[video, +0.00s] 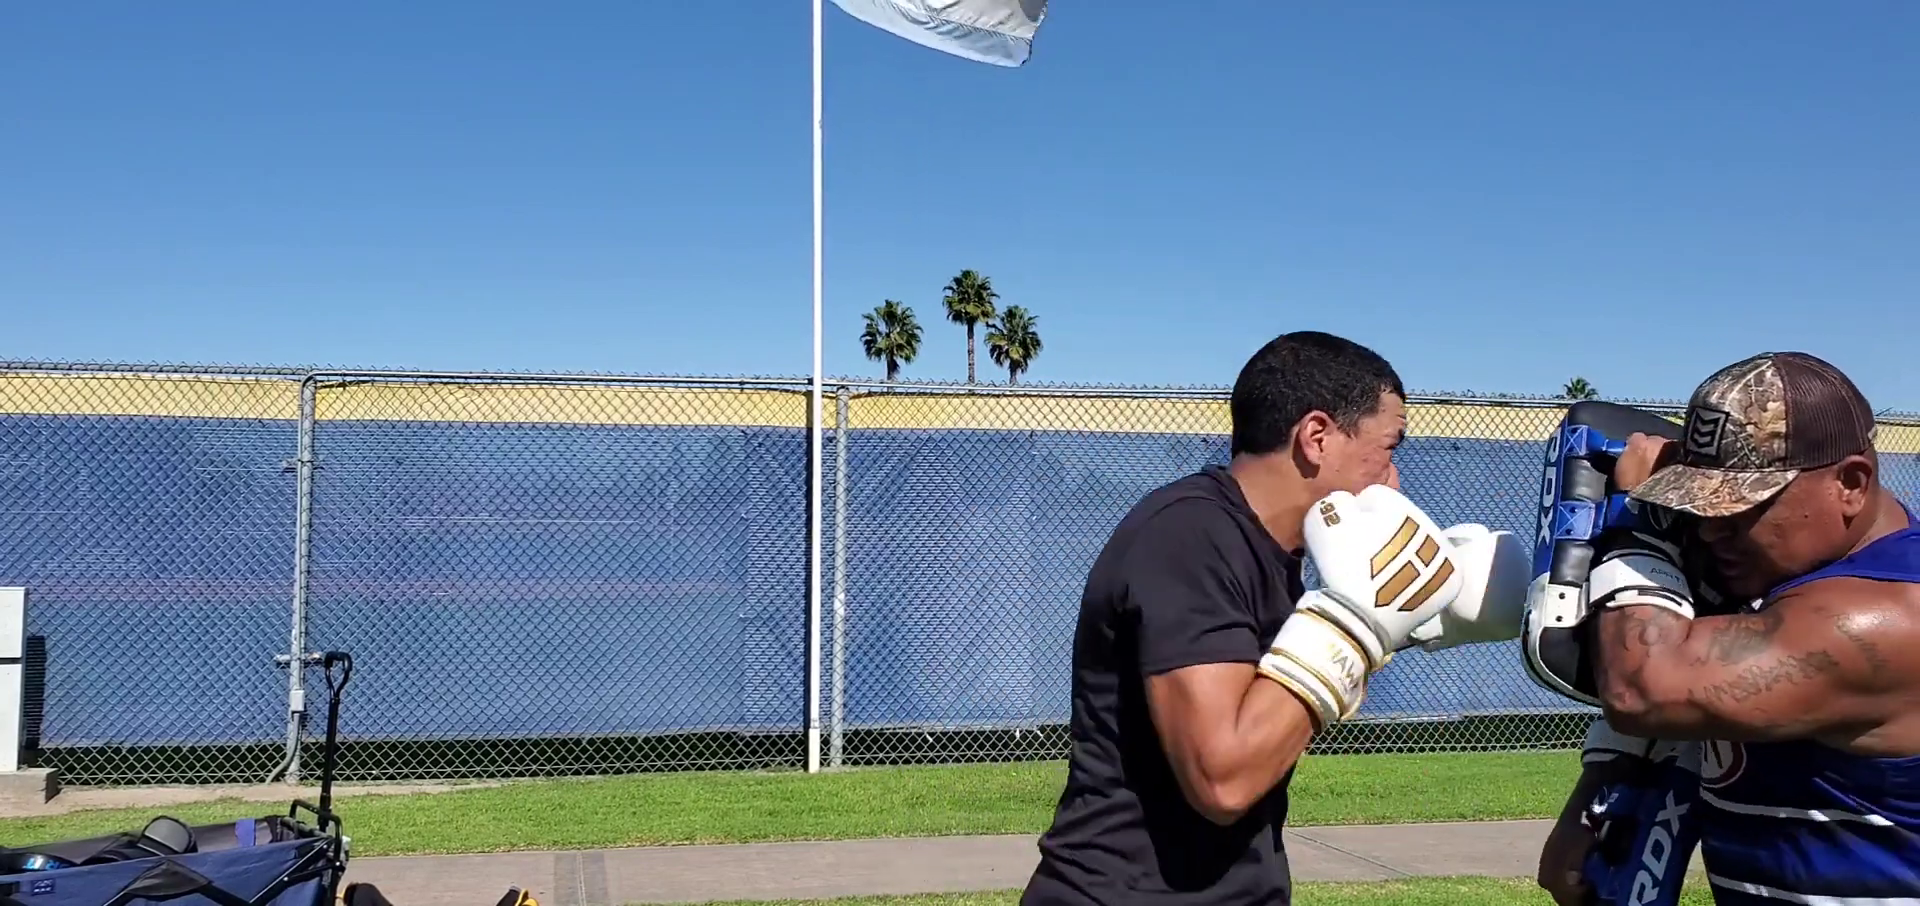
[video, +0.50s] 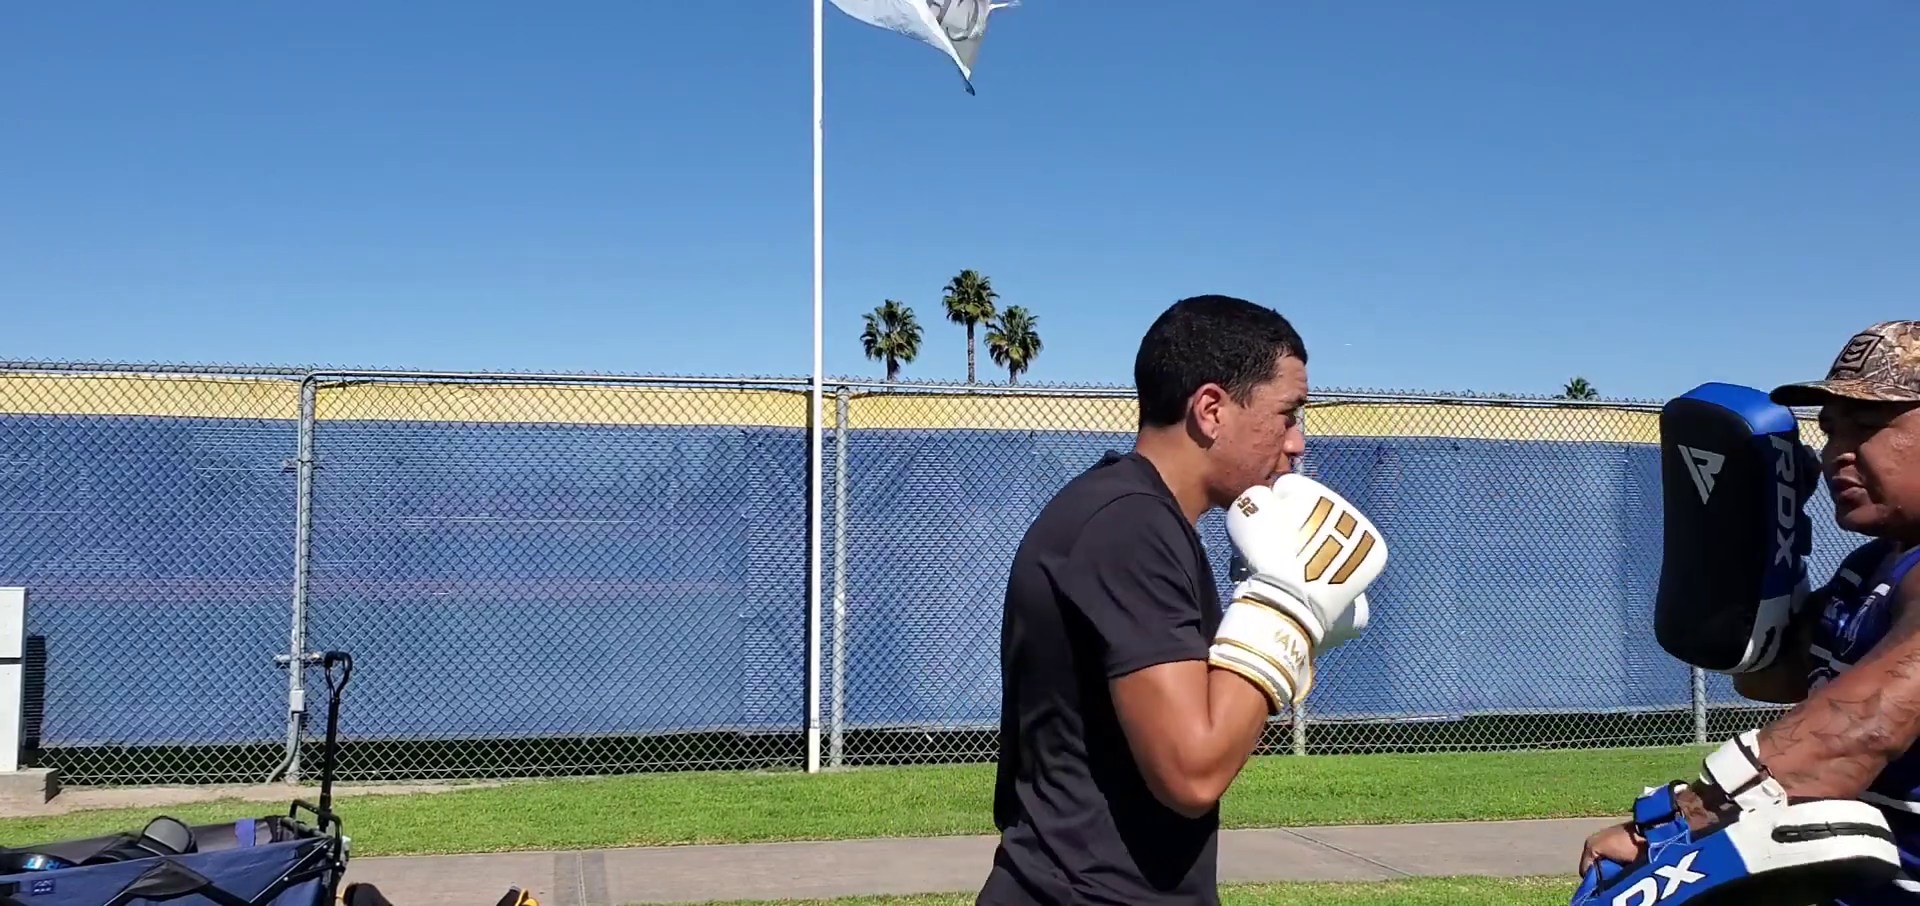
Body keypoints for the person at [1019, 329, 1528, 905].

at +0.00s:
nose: (1392, 481)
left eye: (1393, 454)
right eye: (1385, 452)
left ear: (1314, 442)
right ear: (1316, 439)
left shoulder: (1268, 549)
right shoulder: (1185, 539)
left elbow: (1256, 741)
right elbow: (1224, 779)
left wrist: (1370, 631)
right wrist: (1346, 624)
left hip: (1237, 883)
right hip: (1130, 887)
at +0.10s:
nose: (1391, 475)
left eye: (1393, 445)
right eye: (1378, 444)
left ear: (1302, 438)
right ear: (1296, 433)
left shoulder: (1328, 537)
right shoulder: (1141, 530)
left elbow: (1419, 624)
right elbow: (1151, 762)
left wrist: (1564, 585)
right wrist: (1271, 612)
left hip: (1233, 880)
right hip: (1100, 880)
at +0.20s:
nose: (1393, 468)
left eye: (1392, 437)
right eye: (1377, 436)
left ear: (1291, 435)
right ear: (1291, 431)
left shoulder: (1278, 541)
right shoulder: (1155, 530)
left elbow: (1264, 694)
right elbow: (1150, 763)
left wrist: (1434, 655)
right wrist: (1282, 615)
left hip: (1217, 886)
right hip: (1112, 891)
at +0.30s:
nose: (1380, 468)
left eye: (1377, 438)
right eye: (1365, 437)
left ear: (1284, 435)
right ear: (1283, 430)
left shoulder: (1225, 536)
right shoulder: (1167, 534)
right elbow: (1187, 771)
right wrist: (1315, 617)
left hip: (1202, 887)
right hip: (1128, 892)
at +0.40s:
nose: (1343, 452)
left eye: (1341, 424)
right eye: (1330, 422)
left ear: (1253, 415)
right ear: (1252, 413)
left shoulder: (1188, 523)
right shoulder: (1151, 522)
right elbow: (1199, 765)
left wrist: (1304, 668)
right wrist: (1305, 612)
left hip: (1176, 886)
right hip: (1109, 890)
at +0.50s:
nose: (1299, 444)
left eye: (1298, 417)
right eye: (1287, 416)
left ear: (1210, 414)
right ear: (1211, 411)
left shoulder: (1136, 512)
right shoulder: (1130, 525)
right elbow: (1193, 771)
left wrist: (1289, 631)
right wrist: (1280, 609)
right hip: (1096, 889)